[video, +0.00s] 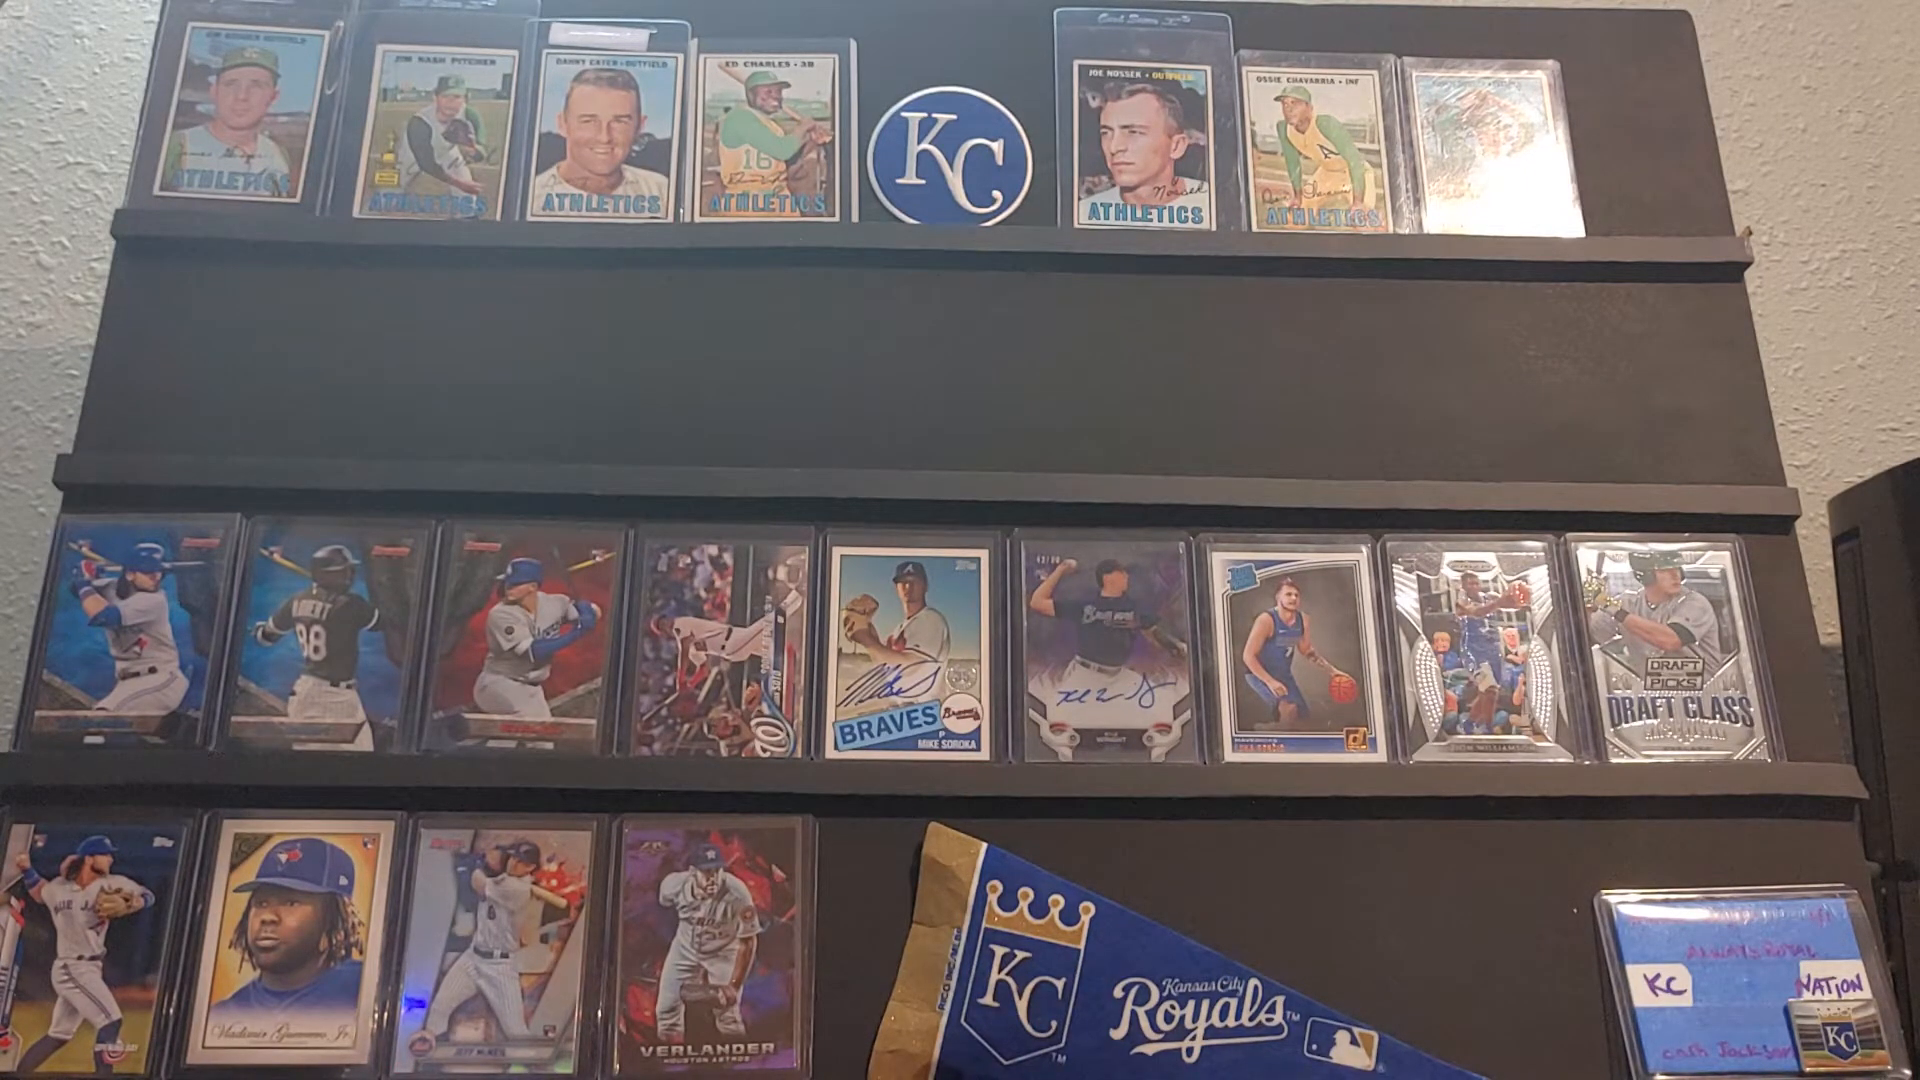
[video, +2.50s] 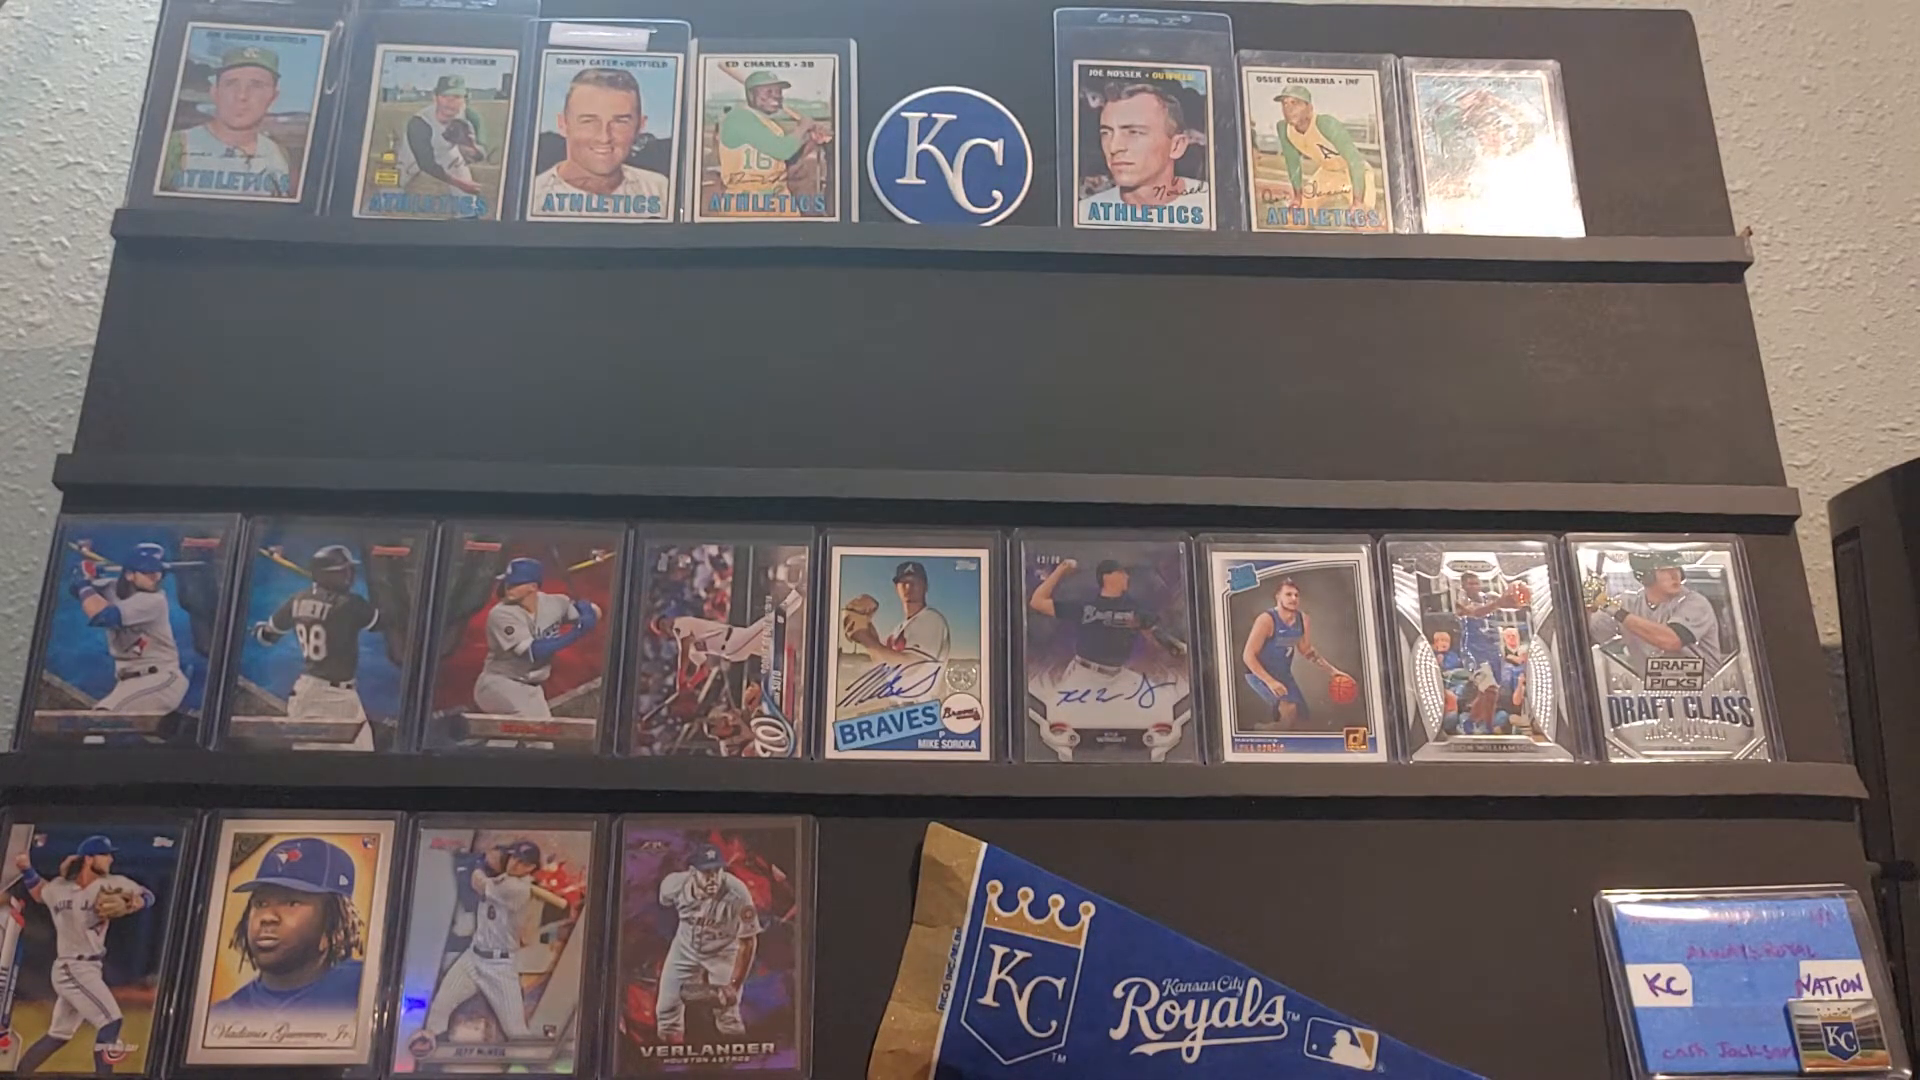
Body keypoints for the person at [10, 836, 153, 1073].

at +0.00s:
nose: (110, 859)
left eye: (110, 855)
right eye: (105, 855)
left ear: (98, 861)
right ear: (89, 859)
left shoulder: (111, 884)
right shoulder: (58, 888)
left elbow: (148, 896)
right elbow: (39, 891)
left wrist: (131, 904)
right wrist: (27, 869)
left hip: (91, 969)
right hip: (70, 969)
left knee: (59, 1035)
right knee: (110, 1020)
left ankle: (18, 1073)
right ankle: (104, 1074)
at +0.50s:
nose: (110, 860)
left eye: (110, 855)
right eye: (105, 855)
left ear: (96, 861)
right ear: (89, 859)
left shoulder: (112, 884)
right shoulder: (58, 889)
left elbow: (149, 896)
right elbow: (39, 891)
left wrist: (129, 905)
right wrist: (27, 869)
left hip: (91, 969)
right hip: (70, 969)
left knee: (58, 1035)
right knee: (111, 1020)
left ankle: (18, 1073)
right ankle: (104, 1074)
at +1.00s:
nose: (110, 859)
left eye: (110, 855)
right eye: (105, 855)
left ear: (97, 861)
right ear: (89, 859)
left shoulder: (110, 884)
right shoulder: (58, 888)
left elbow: (148, 896)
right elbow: (40, 891)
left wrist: (129, 904)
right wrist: (27, 870)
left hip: (90, 969)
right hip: (71, 969)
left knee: (59, 1035)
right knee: (111, 1020)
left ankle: (19, 1072)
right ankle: (104, 1074)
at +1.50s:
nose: (110, 860)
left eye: (110, 855)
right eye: (105, 855)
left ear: (96, 861)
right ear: (89, 859)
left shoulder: (109, 885)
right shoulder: (58, 888)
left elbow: (149, 895)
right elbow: (39, 892)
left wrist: (135, 903)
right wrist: (27, 870)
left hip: (90, 969)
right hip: (71, 969)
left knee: (58, 1035)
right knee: (111, 1020)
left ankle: (19, 1073)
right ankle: (104, 1074)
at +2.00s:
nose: (110, 860)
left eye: (110, 855)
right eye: (105, 855)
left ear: (96, 861)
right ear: (89, 859)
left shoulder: (110, 885)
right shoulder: (57, 888)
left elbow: (149, 896)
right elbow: (39, 892)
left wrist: (134, 904)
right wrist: (27, 870)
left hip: (90, 969)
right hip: (71, 969)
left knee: (58, 1035)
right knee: (111, 1020)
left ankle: (19, 1073)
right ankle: (104, 1074)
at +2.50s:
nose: (110, 860)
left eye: (110, 855)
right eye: (105, 855)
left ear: (95, 861)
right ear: (89, 859)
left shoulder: (111, 884)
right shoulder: (58, 888)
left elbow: (149, 896)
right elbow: (39, 892)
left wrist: (134, 904)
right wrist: (27, 870)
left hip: (91, 968)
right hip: (71, 968)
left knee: (58, 1035)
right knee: (111, 1020)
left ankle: (19, 1073)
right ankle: (104, 1074)